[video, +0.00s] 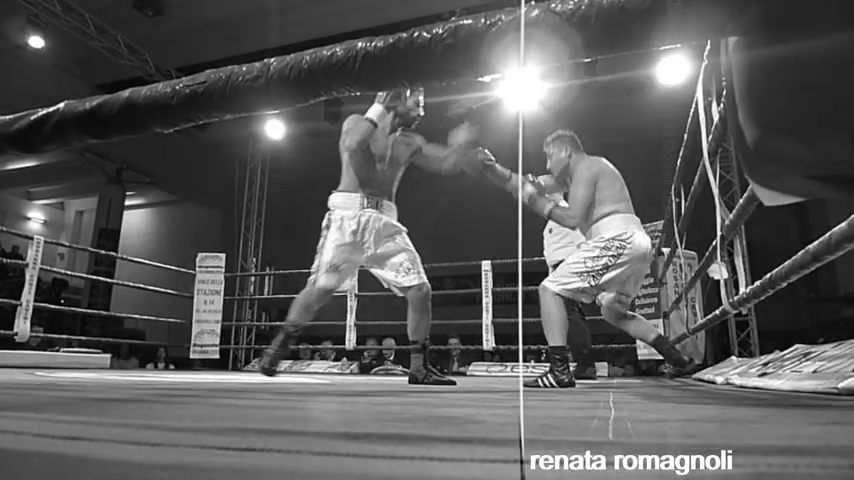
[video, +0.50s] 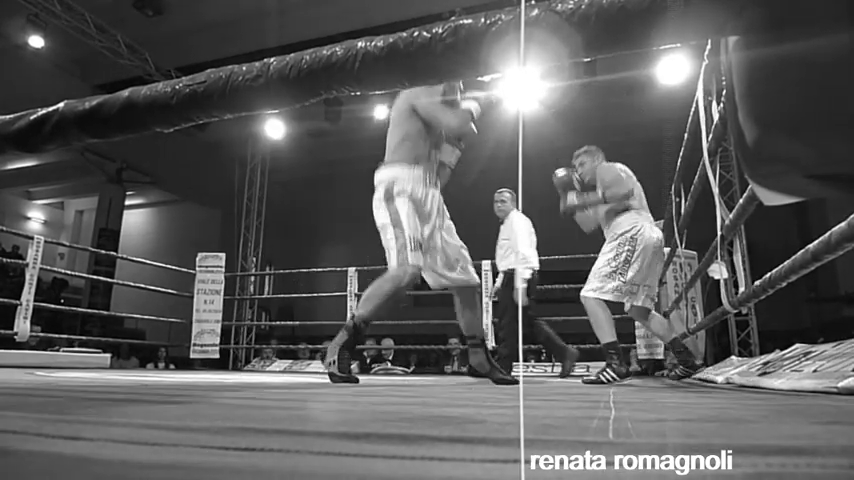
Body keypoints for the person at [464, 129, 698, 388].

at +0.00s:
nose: (547, 162)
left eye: (549, 154)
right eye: (546, 156)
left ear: (565, 150)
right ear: (568, 151)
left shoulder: (584, 167)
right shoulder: (592, 168)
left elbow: (575, 218)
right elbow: (534, 186)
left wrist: (538, 203)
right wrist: (491, 167)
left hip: (617, 240)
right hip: (639, 243)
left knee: (549, 289)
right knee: (613, 311)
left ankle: (559, 370)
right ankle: (676, 357)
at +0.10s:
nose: (557, 166)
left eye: (561, 159)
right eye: (555, 161)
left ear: (579, 155)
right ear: (578, 159)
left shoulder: (598, 172)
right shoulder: (583, 190)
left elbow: (601, 213)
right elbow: (565, 227)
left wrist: (568, 211)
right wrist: (548, 208)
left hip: (623, 241)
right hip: (637, 246)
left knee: (558, 288)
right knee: (624, 322)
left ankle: (560, 368)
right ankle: (687, 365)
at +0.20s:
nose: (571, 163)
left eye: (575, 156)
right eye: (570, 158)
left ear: (594, 154)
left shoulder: (607, 170)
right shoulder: (597, 190)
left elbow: (618, 204)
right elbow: (590, 237)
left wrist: (576, 196)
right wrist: (569, 211)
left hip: (625, 241)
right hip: (641, 246)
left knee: (572, 292)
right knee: (631, 318)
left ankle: (562, 367)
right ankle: (690, 367)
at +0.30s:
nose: (587, 157)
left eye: (590, 151)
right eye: (585, 154)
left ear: (608, 148)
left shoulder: (617, 163)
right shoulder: (601, 186)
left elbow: (624, 188)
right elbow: (598, 229)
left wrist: (585, 174)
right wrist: (578, 197)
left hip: (626, 233)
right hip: (639, 239)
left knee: (586, 292)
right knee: (641, 311)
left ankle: (586, 368)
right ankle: (693, 367)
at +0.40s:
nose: (585, 157)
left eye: (589, 151)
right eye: (583, 154)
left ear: (606, 147)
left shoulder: (615, 160)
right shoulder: (601, 189)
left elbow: (625, 186)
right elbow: (585, 220)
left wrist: (588, 175)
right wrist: (571, 189)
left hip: (627, 232)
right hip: (639, 236)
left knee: (586, 290)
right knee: (640, 308)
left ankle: (610, 362)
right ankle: (691, 363)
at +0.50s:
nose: (579, 171)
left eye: (582, 164)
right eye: (576, 168)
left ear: (596, 159)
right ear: (576, 172)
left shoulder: (608, 168)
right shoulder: (593, 193)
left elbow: (622, 192)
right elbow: (588, 226)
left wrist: (579, 199)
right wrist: (567, 194)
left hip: (630, 235)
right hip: (652, 238)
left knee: (591, 295)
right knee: (638, 309)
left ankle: (616, 364)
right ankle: (686, 357)